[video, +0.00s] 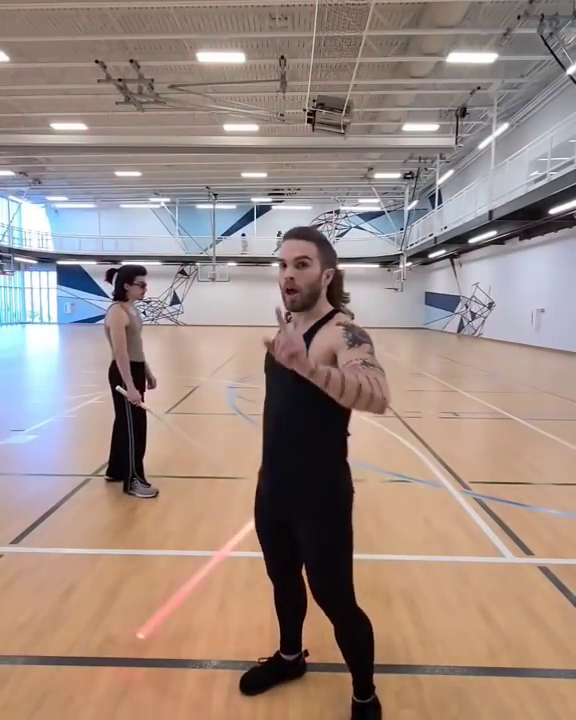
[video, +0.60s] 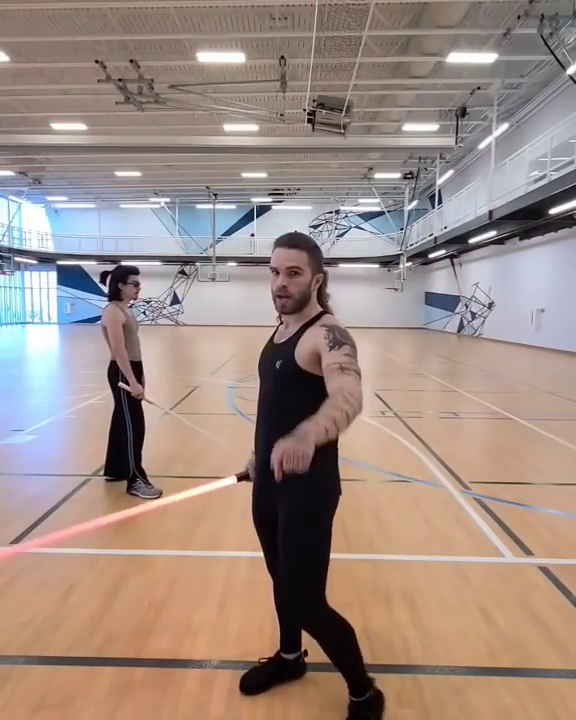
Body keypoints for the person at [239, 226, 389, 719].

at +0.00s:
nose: (288, 275)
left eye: (301, 265)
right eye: (282, 266)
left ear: (328, 275)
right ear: (277, 275)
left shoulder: (344, 333)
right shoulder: (286, 332)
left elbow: (377, 394)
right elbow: (280, 415)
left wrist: (307, 368)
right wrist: (268, 477)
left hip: (321, 491)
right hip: (275, 485)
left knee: (336, 599)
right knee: (283, 576)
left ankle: (364, 696)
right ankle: (290, 655)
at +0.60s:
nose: (281, 282)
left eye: (293, 273)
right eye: (275, 272)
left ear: (318, 279)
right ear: (268, 276)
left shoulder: (329, 335)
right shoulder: (283, 332)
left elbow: (347, 397)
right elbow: (278, 410)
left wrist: (308, 435)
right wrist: (258, 459)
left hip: (309, 484)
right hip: (272, 478)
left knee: (306, 602)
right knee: (282, 576)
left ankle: (363, 691)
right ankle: (290, 655)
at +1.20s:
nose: (344, 287)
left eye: (358, 277)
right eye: (335, 275)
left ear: (381, 281)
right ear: (326, 276)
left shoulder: (398, 347)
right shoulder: (341, 327)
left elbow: (410, 416)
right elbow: (345, 398)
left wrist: (354, 396)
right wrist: (327, 445)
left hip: (380, 494)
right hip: (339, 479)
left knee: (376, 610)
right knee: (335, 563)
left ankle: (391, 715)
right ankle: (362, 646)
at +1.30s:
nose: (339, 279)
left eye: (352, 270)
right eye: (335, 269)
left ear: (384, 277)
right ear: (332, 270)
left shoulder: (396, 342)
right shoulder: (354, 327)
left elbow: (411, 425)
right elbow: (356, 409)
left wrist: (337, 439)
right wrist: (339, 467)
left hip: (384, 489)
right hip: (355, 480)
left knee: (376, 598)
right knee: (368, 574)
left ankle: (390, 714)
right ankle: (394, 646)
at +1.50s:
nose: (346, 283)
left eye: (352, 275)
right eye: (347, 274)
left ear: (379, 281)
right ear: (386, 282)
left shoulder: (375, 339)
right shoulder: (412, 331)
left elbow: (366, 429)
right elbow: (411, 417)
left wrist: (334, 480)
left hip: (376, 491)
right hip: (412, 484)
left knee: (377, 605)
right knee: (406, 567)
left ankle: (391, 713)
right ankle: (419, 655)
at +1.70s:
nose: (371, 288)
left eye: (374, 280)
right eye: (373, 279)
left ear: (390, 284)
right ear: (419, 283)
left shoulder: (376, 333)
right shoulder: (455, 335)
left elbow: (349, 404)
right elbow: (460, 405)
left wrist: (333, 441)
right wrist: (432, 432)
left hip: (383, 469)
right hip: (434, 469)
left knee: (358, 558)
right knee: (424, 558)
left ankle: (375, 676)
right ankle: (423, 654)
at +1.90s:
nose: (382, 294)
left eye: (385, 288)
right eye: (383, 287)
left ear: (400, 293)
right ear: (426, 292)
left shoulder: (380, 336)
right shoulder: (460, 338)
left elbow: (348, 397)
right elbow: (474, 403)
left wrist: (326, 431)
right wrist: (460, 439)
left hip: (383, 456)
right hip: (431, 460)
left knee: (372, 524)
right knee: (426, 555)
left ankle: (377, 596)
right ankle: (421, 653)